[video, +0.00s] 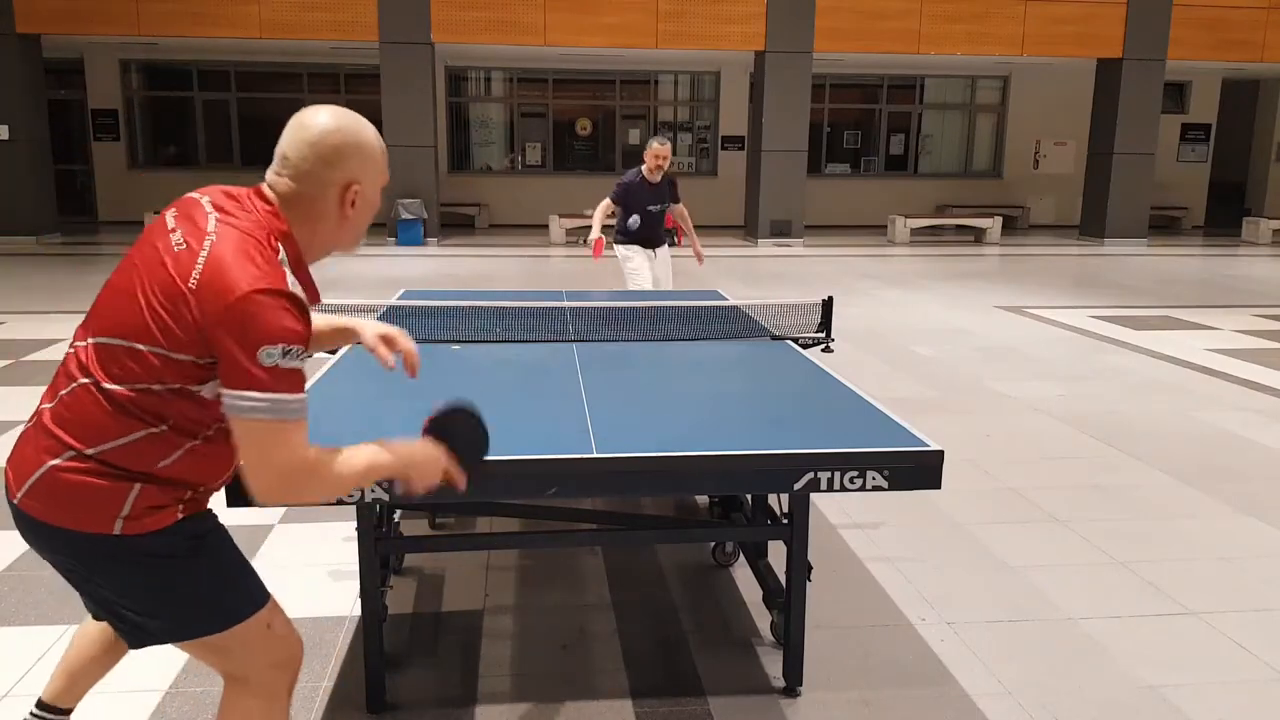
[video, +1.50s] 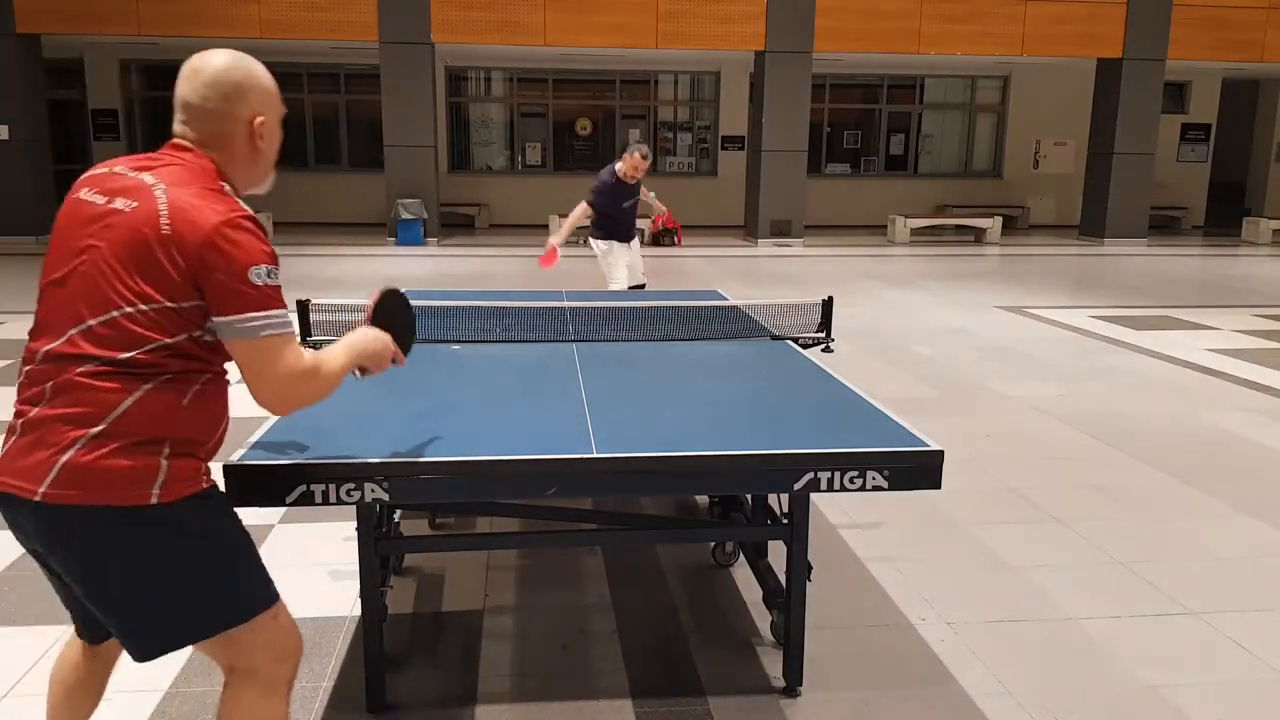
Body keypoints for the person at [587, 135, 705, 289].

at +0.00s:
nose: (660, 163)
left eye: (665, 158)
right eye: (656, 157)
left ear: (670, 160)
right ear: (645, 156)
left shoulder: (668, 182)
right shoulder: (630, 182)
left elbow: (679, 212)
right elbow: (604, 207)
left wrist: (695, 244)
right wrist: (595, 232)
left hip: (658, 246)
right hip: (630, 246)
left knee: (664, 296)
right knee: (643, 295)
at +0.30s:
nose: (643, 144)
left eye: (648, 140)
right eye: (639, 139)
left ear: (654, 142)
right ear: (631, 141)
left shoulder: (660, 168)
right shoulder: (618, 168)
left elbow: (669, 198)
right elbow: (599, 201)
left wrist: (669, 227)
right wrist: (604, 228)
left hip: (652, 240)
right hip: (620, 240)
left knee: (651, 291)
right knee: (618, 291)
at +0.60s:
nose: (634, 148)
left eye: (639, 143)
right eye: (630, 143)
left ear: (644, 146)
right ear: (621, 145)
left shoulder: (646, 170)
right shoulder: (609, 172)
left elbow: (648, 199)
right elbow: (593, 208)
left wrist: (653, 232)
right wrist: (598, 241)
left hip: (638, 240)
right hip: (609, 243)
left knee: (649, 283)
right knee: (604, 293)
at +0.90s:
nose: (647, 157)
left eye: (651, 153)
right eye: (643, 152)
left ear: (656, 154)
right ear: (633, 151)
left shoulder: (653, 175)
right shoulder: (621, 177)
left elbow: (656, 204)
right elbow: (600, 211)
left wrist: (665, 238)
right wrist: (611, 243)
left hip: (643, 242)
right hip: (617, 243)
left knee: (650, 288)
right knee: (617, 290)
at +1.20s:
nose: (649, 181)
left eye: (654, 177)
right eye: (646, 175)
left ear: (658, 175)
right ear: (635, 165)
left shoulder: (646, 184)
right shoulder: (618, 189)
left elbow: (643, 213)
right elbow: (617, 233)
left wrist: (656, 236)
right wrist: (645, 231)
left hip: (633, 239)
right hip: (608, 241)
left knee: (642, 286)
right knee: (625, 289)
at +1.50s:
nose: (638, 174)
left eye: (642, 171)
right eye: (635, 168)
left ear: (646, 168)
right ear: (624, 160)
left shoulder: (633, 176)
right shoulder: (607, 181)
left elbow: (638, 190)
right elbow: (585, 208)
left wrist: (655, 203)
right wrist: (559, 237)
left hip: (630, 237)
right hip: (607, 240)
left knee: (638, 285)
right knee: (619, 287)